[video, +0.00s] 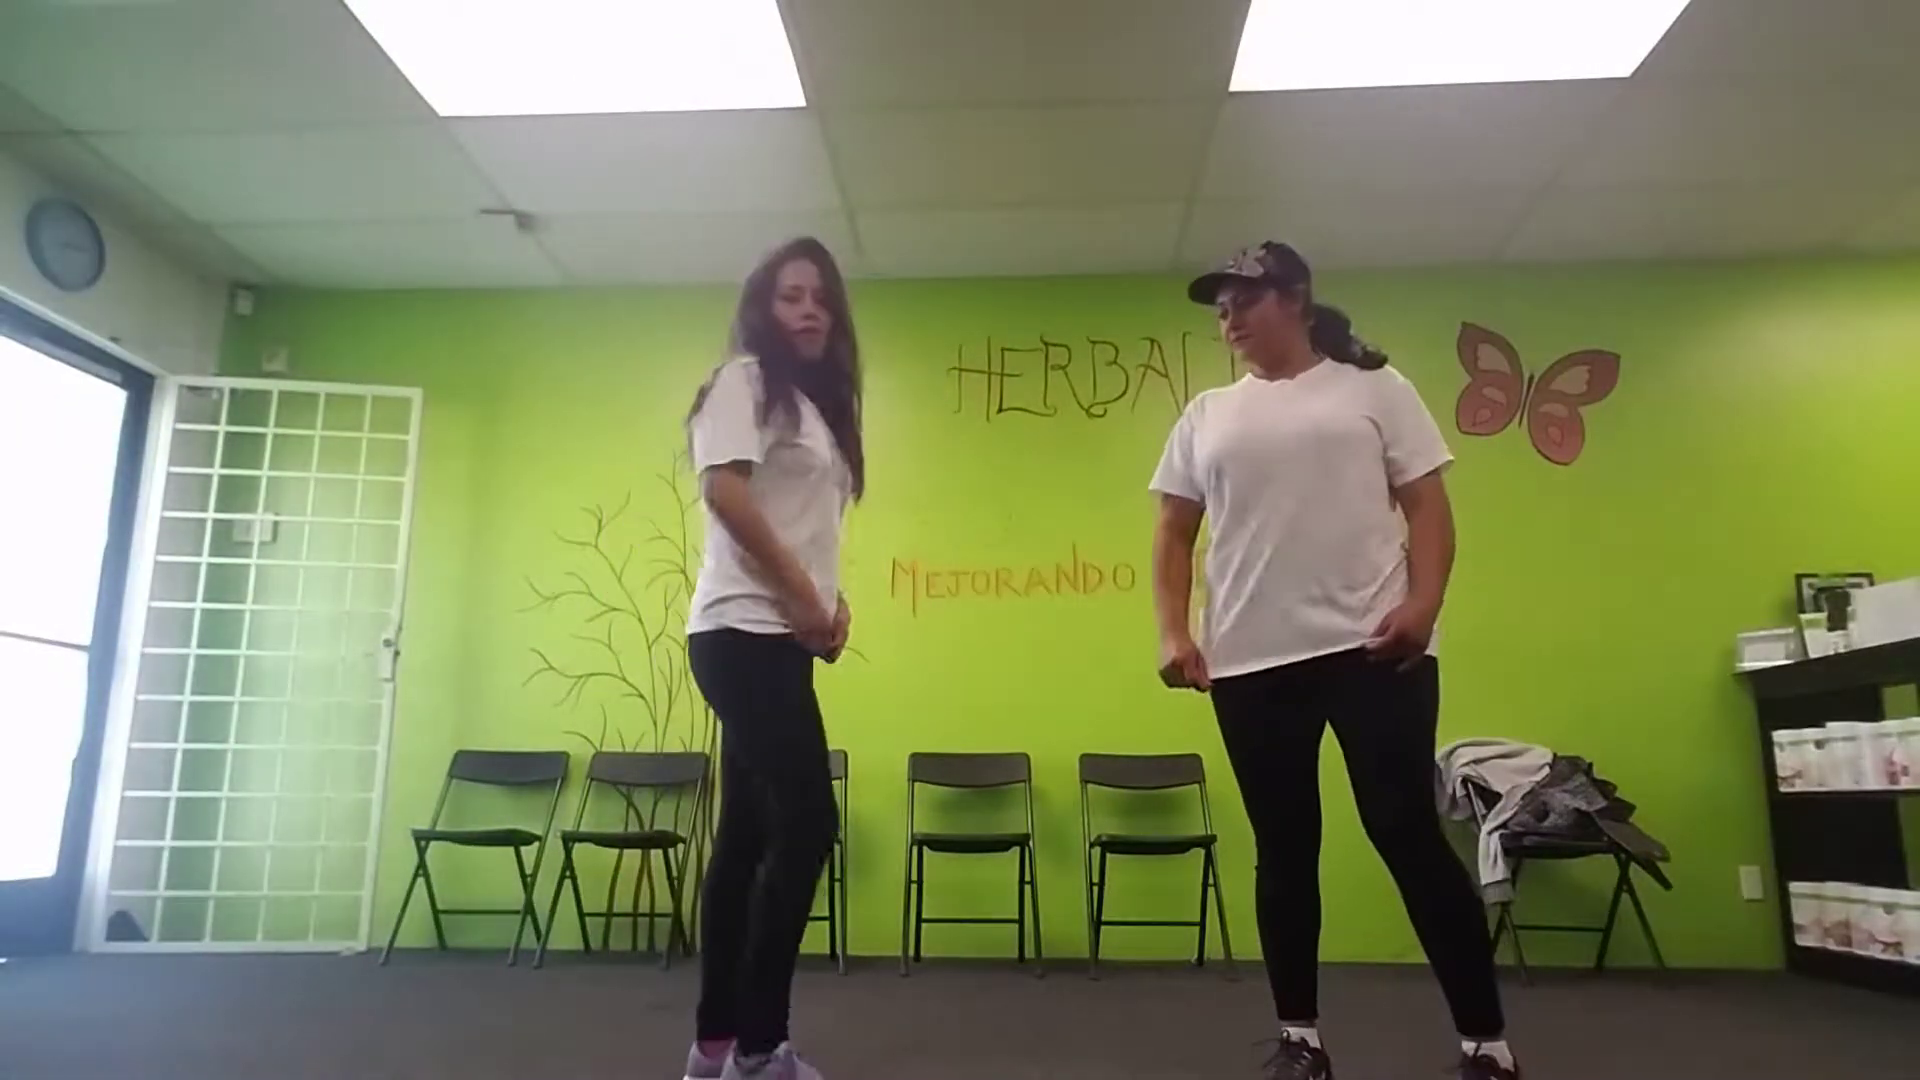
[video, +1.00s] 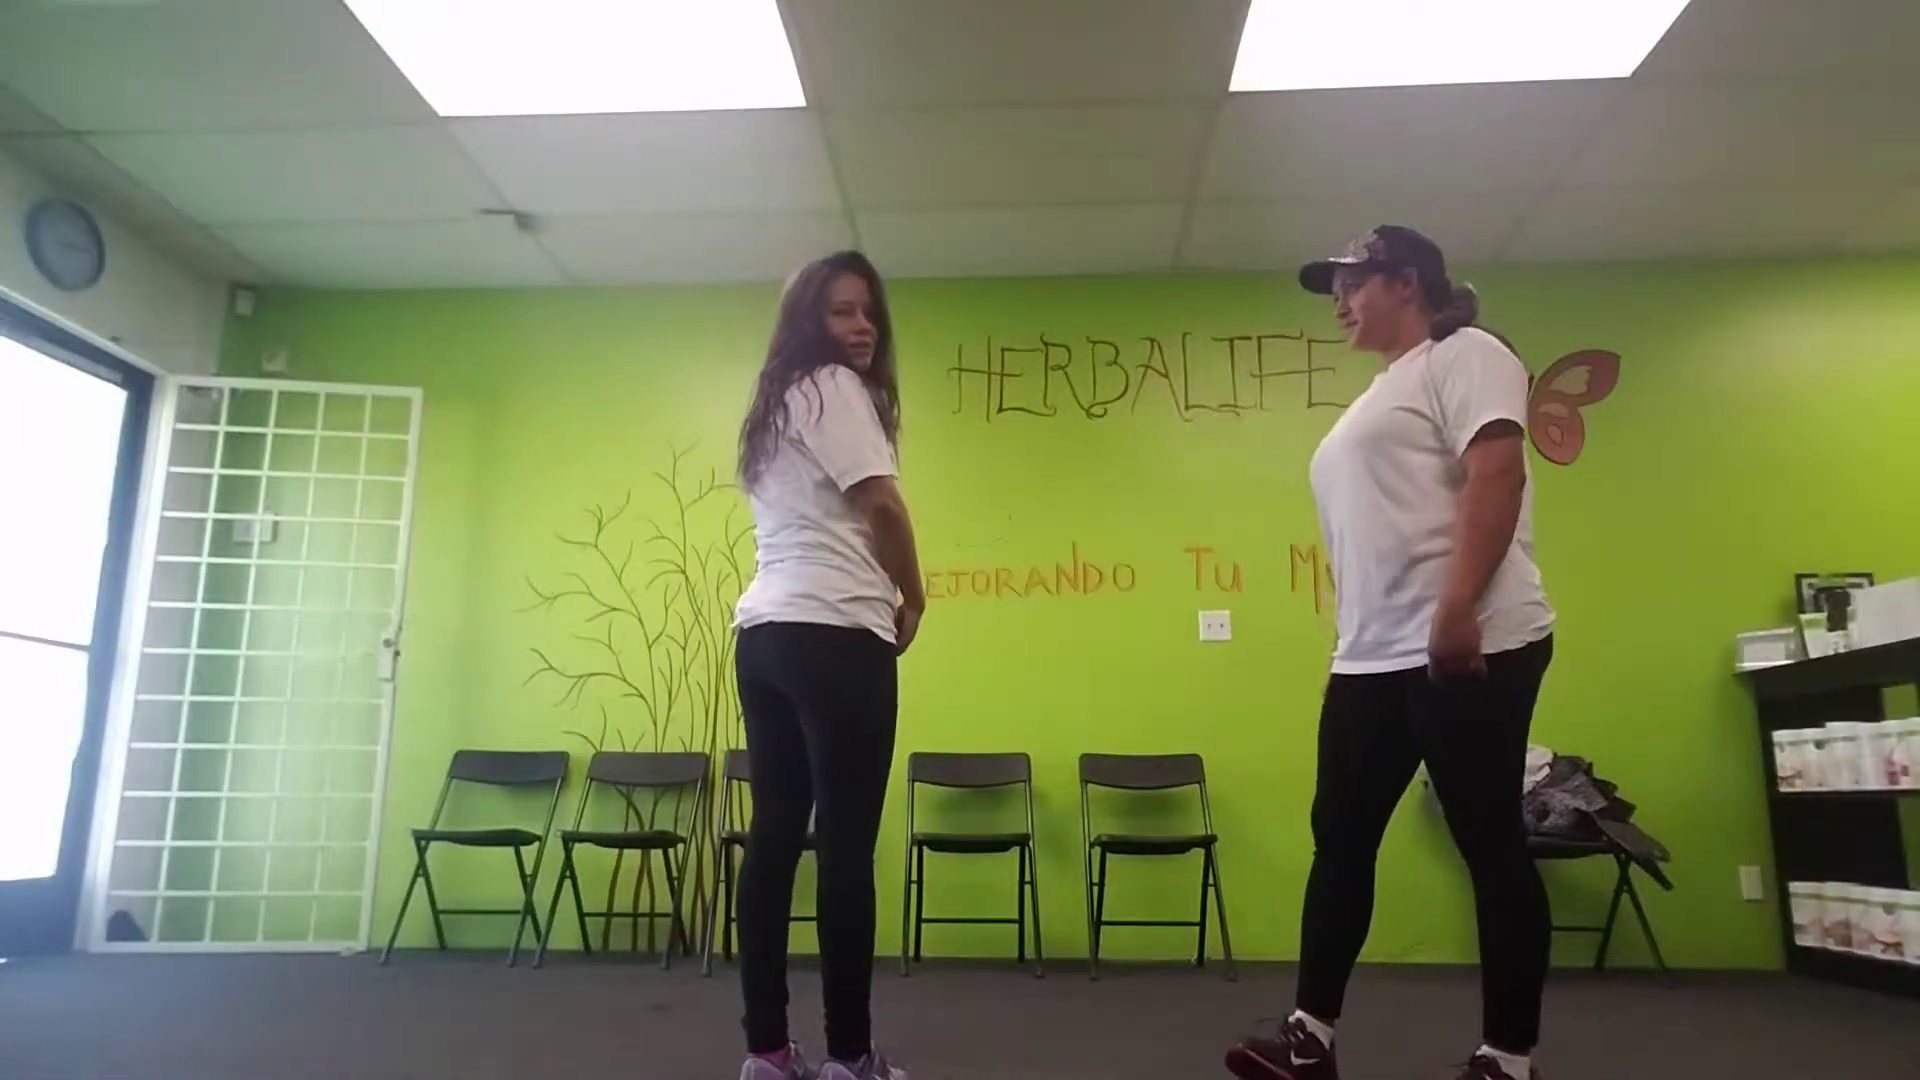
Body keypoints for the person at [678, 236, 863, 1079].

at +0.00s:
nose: (807, 310)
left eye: (819, 298)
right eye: (790, 297)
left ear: (837, 313)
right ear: (761, 308)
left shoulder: (821, 405)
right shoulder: (744, 377)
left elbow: (808, 526)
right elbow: (725, 493)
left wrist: (831, 597)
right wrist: (803, 593)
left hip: (779, 635)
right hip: (743, 632)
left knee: (745, 835)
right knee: (807, 825)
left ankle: (716, 1045)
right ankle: (760, 1049)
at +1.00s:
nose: (859, 325)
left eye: (867, 312)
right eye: (841, 311)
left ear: (877, 320)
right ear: (808, 320)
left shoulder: (777, 398)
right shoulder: (836, 387)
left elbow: (793, 527)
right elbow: (881, 507)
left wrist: (880, 597)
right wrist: (914, 595)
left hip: (765, 633)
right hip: (835, 632)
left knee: (773, 841)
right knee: (848, 851)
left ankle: (767, 1052)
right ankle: (849, 1056)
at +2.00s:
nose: (847, 325)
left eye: (855, 312)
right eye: (829, 312)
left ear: (866, 322)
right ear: (796, 320)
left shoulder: (767, 395)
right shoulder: (818, 386)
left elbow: (778, 525)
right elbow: (856, 504)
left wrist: (865, 601)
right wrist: (899, 598)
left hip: (756, 633)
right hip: (821, 631)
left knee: (767, 840)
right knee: (843, 848)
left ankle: (765, 1051)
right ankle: (850, 1056)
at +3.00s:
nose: (869, 337)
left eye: (866, 324)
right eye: (860, 324)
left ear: (782, 334)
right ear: (834, 329)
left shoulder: (736, 414)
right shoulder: (857, 393)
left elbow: (724, 548)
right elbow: (900, 521)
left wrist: (764, 622)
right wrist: (904, 621)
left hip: (754, 644)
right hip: (854, 638)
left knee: (752, 849)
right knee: (893, 846)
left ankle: (758, 1050)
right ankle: (914, 1046)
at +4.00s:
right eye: (866, 337)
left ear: (786, 340)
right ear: (870, 346)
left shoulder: (748, 423)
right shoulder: (897, 423)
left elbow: (737, 549)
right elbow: (919, 540)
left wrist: (812, 528)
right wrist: (852, 502)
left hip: (766, 648)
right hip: (871, 652)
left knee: (741, 846)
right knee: (893, 854)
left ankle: (706, 1050)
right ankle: (924, 1052)